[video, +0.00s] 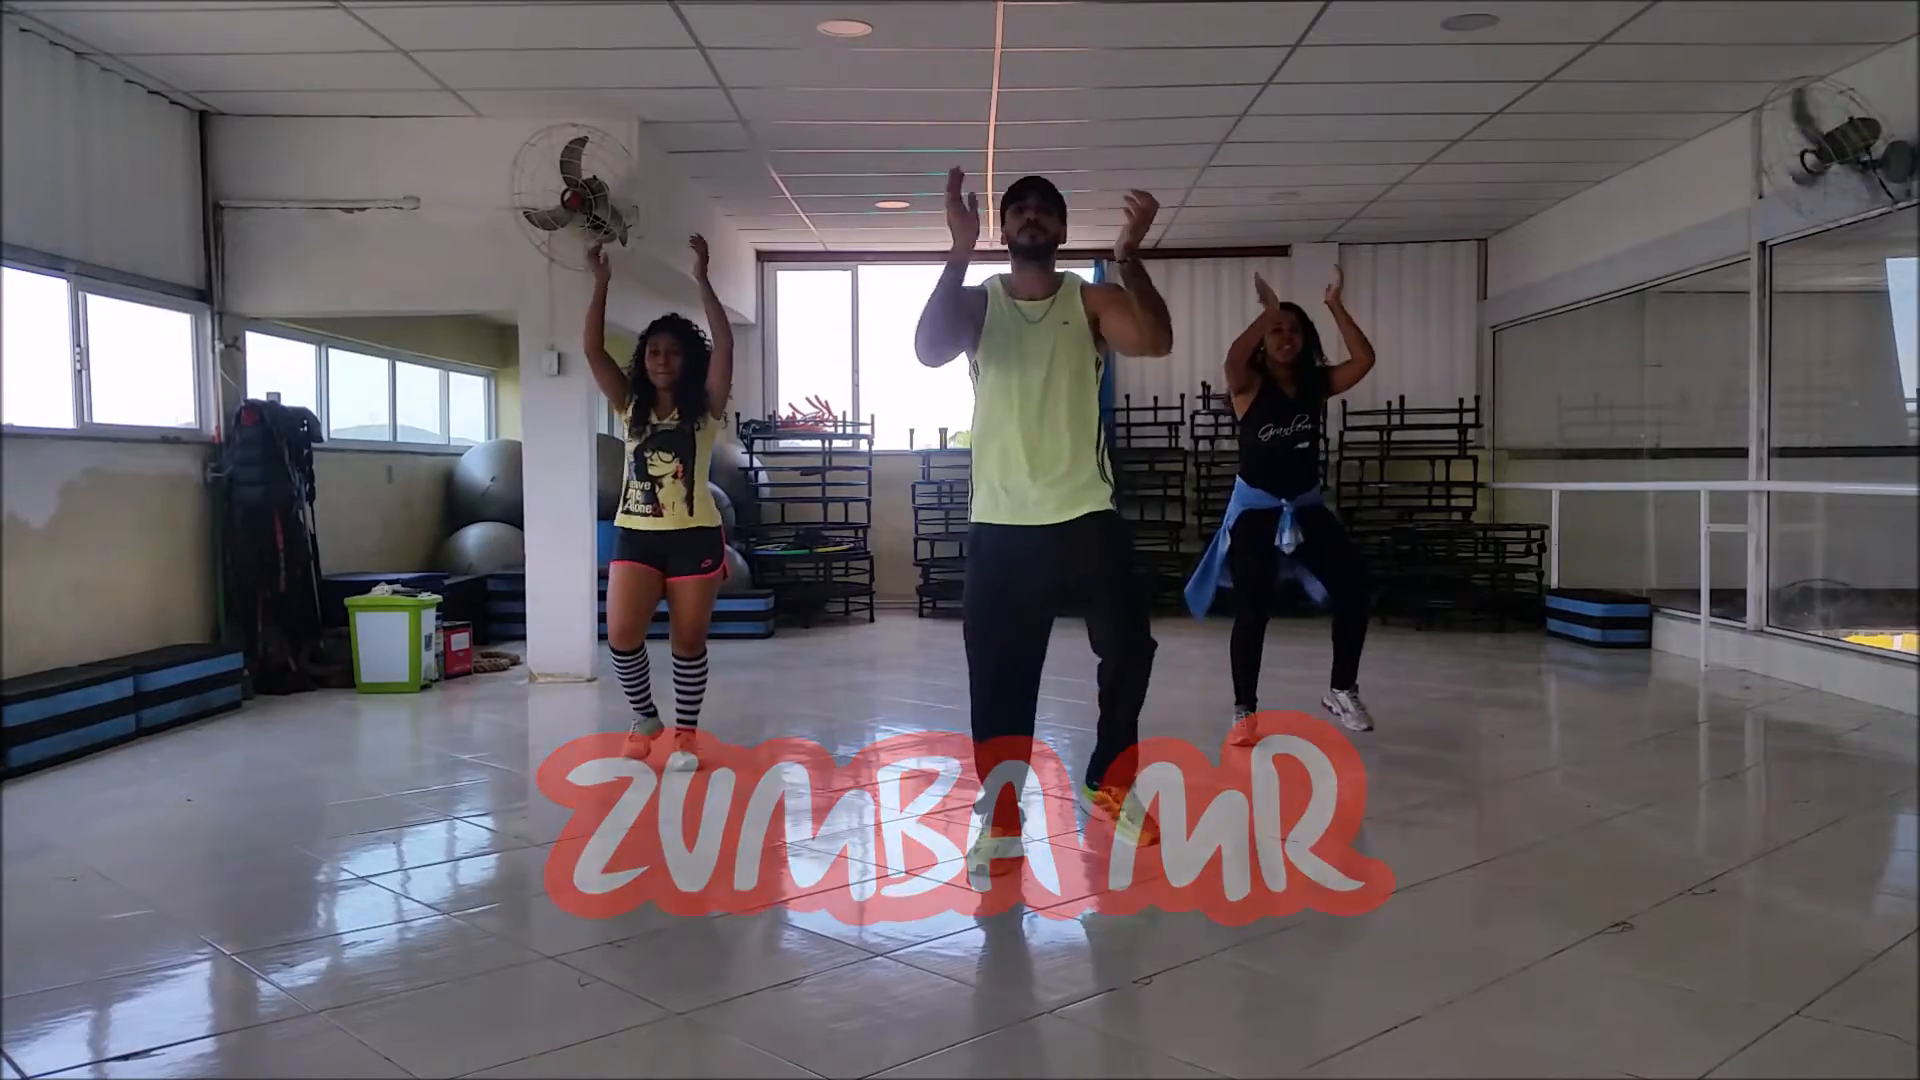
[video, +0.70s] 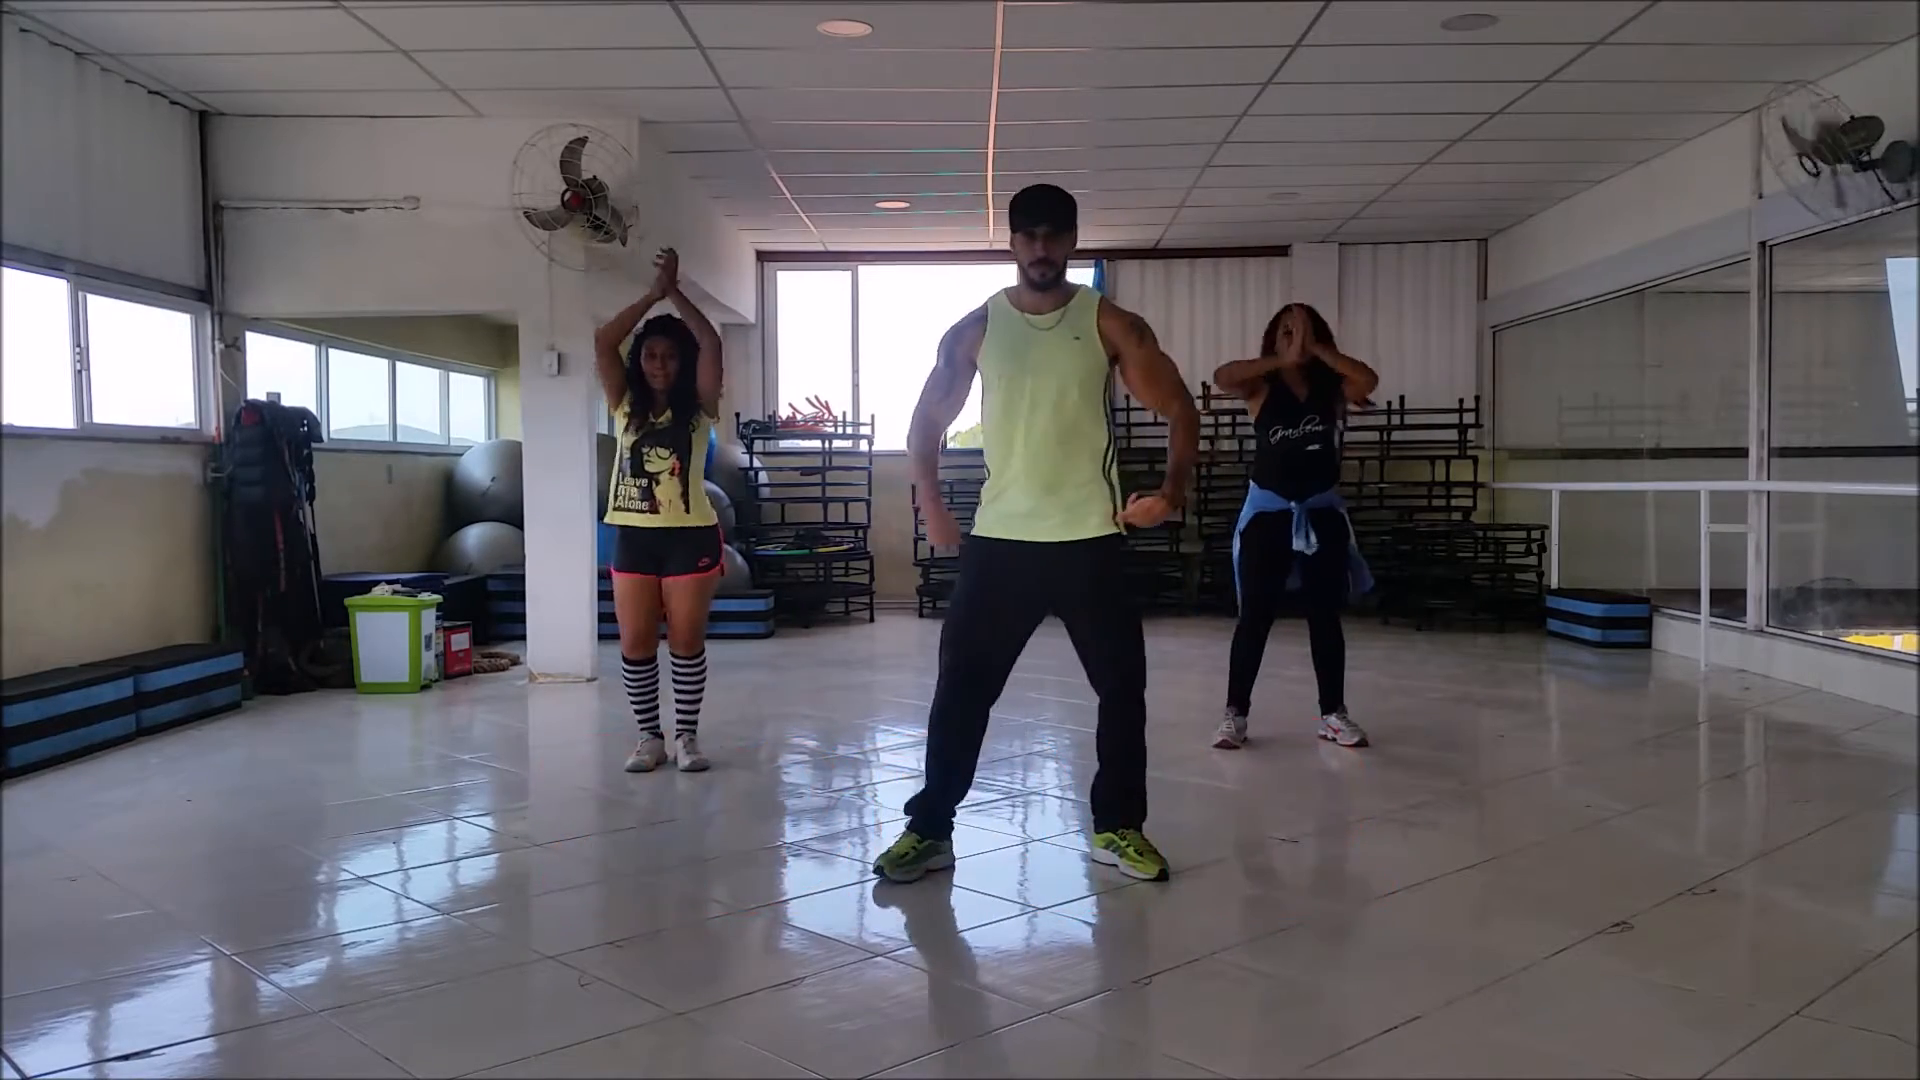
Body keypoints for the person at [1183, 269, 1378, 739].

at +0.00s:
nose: (1286, 338)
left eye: (1293, 330)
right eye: (1276, 331)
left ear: (1306, 339)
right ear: (1263, 341)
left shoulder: (1316, 384)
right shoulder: (1247, 386)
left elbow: (1363, 359)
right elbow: (1234, 359)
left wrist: (1336, 307)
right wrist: (1268, 312)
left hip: (1308, 510)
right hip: (1256, 512)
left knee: (1354, 589)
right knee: (1252, 606)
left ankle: (1341, 692)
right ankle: (1245, 711)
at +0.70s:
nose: (1293, 340)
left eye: (1301, 332)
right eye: (1285, 333)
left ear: (1316, 340)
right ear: (1274, 339)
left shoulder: (1334, 384)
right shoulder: (1259, 383)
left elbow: (1368, 381)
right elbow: (1222, 376)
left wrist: (1322, 350)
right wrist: (1282, 361)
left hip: (1322, 513)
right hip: (1266, 513)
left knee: (1326, 615)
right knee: (1255, 615)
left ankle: (1333, 716)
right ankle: (1235, 717)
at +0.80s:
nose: (1286, 338)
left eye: (1295, 331)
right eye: (1277, 332)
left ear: (1309, 342)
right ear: (1262, 343)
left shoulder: (1326, 390)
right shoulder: (1248, 387)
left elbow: (1375, 413)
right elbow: (1201, 402)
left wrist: (1327, 383)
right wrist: (1265, 390)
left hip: (1315, 515)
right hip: (1258, 515)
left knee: (1327, 614)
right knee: (1249, 615)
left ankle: (1335, 713)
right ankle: (1234, 715)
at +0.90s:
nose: (1278, 337)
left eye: (1287, 331)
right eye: (1269, 331)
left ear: (1300, 342)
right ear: (1254, 342)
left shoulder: (1317, 390)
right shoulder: (1239, 388)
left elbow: (1368, 434)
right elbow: (1191, 427)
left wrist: (1336, 428)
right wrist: (1239, 436)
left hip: (1309, 513)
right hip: (1252, 514)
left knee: (1343, 598)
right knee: (1245, 611)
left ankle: (1347, 705)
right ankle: (1234, 715)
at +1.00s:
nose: (1279, 335)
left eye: (1287, 329)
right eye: (1269, 329)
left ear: (1300, 339)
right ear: (1254, 339)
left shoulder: (1315, 390)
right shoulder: (1235, 387)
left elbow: (1350, 438)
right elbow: (1195, 444)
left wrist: (1362, 460)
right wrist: (1220, 476)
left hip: (1308, 511)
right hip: (1251, 512)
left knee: (1348, 598)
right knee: (1245, 611)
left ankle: (1365, 700)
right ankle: (1234, 715)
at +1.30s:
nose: (1298, 347)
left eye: (1306, 341)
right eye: (1288, 341)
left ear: (1319, 351)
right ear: (1273, 351)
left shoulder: (1339, 401)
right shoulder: (1255, 405)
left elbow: (1363, 467)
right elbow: (1233, 473)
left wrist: (1387, 528)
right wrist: (1221, 533)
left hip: (1332, 524)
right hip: (1274, 526)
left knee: (1363, 616)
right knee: (1260, 616)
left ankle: (1381, 716)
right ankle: (1225, 713)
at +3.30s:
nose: (1300, 362)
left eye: (1309, 355)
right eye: (1291, 355)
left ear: (1321, 364)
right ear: (1276, 364)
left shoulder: (1343, 415)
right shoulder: (1259, 418)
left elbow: (1359, 486)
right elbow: (1233, 488)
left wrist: (1368, 548)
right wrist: (1216, 552)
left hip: (1330, 534)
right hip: (1274, 533)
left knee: (1375, 618)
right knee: (1251, 621)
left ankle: (1383, 717)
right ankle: (1221, 716)